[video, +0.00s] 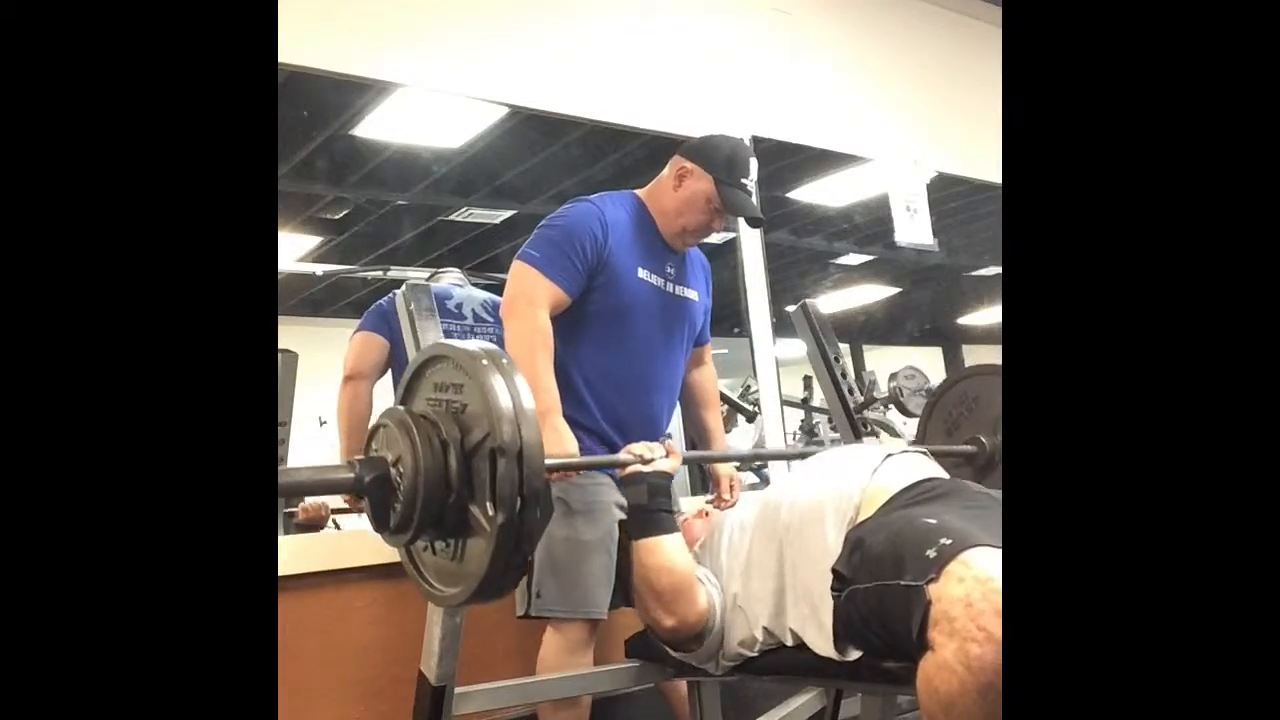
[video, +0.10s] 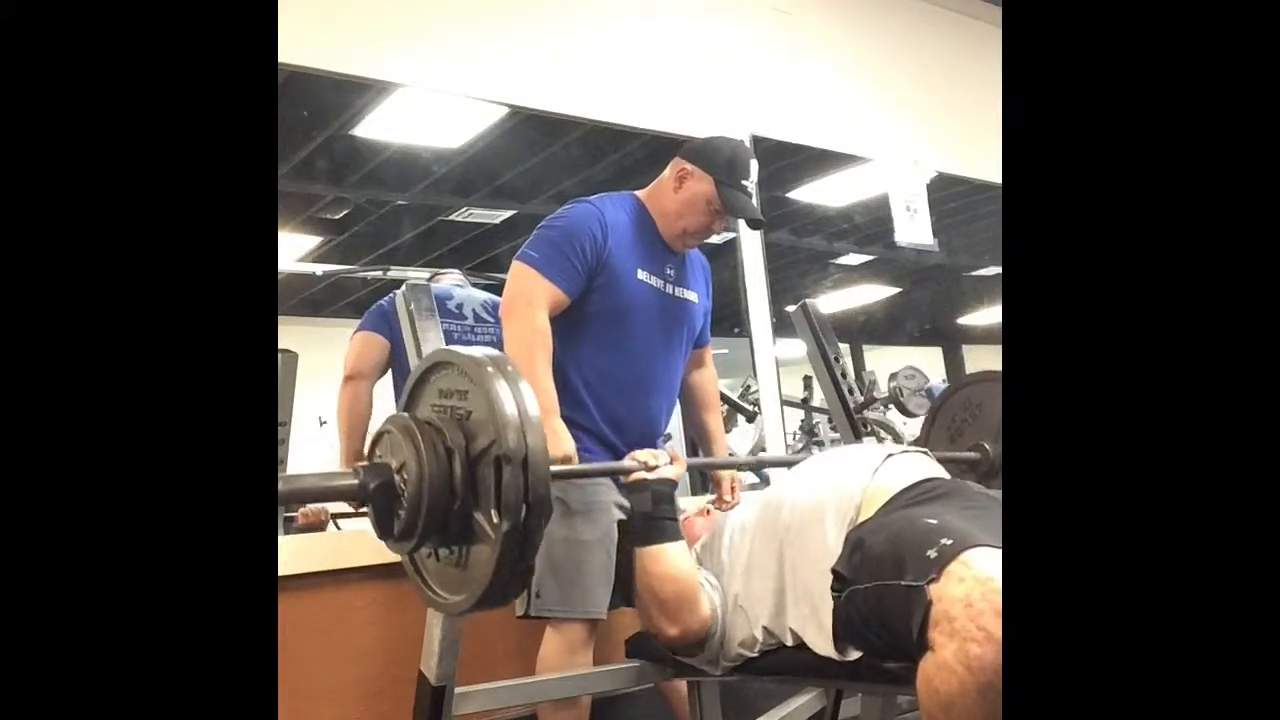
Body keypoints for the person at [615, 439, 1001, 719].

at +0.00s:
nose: (693, 507)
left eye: (690, 502)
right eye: (680, 517)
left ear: (706, 500)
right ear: (674, 548)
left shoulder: (760, 508)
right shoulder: (707, 593)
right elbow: (671, 616)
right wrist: (650, 493)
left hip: (951, 488)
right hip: (877, 528)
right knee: (985, 601)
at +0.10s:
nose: (698, 506)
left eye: (695, 501)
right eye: (683, 514)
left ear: (713, 502)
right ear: (675, 546)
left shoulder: (762, 510)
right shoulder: (704, 587)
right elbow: (674, 627)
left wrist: (733, 498)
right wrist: (653, 499)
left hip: (954, 489)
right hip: (876, 527)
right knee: (985, 600)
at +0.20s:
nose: (700, 505)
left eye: (698, 499)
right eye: (684, 510)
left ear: (715, 502)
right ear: (673, 543)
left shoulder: (766, 511)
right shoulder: (701, 578)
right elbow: (681, 633)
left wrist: (738, 498)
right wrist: (653, 506)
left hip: (959, 488)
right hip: (878, 525)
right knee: (986, 602)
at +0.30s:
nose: (711, 498)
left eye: (707, 492)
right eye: (691, 504)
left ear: (724, 498)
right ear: (676, 537)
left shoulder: (776, 511)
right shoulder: (706, 579)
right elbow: (684, 641)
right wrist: (657, 517)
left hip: (961, 490)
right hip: (879, 524)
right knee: (984, 602)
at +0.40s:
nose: (701, 491)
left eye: (695, 485)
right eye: (683, 498)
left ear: (719, 494)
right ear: (681, 538)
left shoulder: (772, 509)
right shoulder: (709, 580)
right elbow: (687, 652)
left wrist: (732, 481)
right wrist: (661, 529)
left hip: (961, 492)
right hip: (881, 530)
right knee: (983, 606)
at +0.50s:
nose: (697, 495)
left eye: (693, 491)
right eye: (681, 503)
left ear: (715, 497)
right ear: (685, 543)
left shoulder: (776, 506)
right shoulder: (713, 582)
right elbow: (690, 664)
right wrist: (666, 540)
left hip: (964, 492)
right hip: (881, 534)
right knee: (986, 597)